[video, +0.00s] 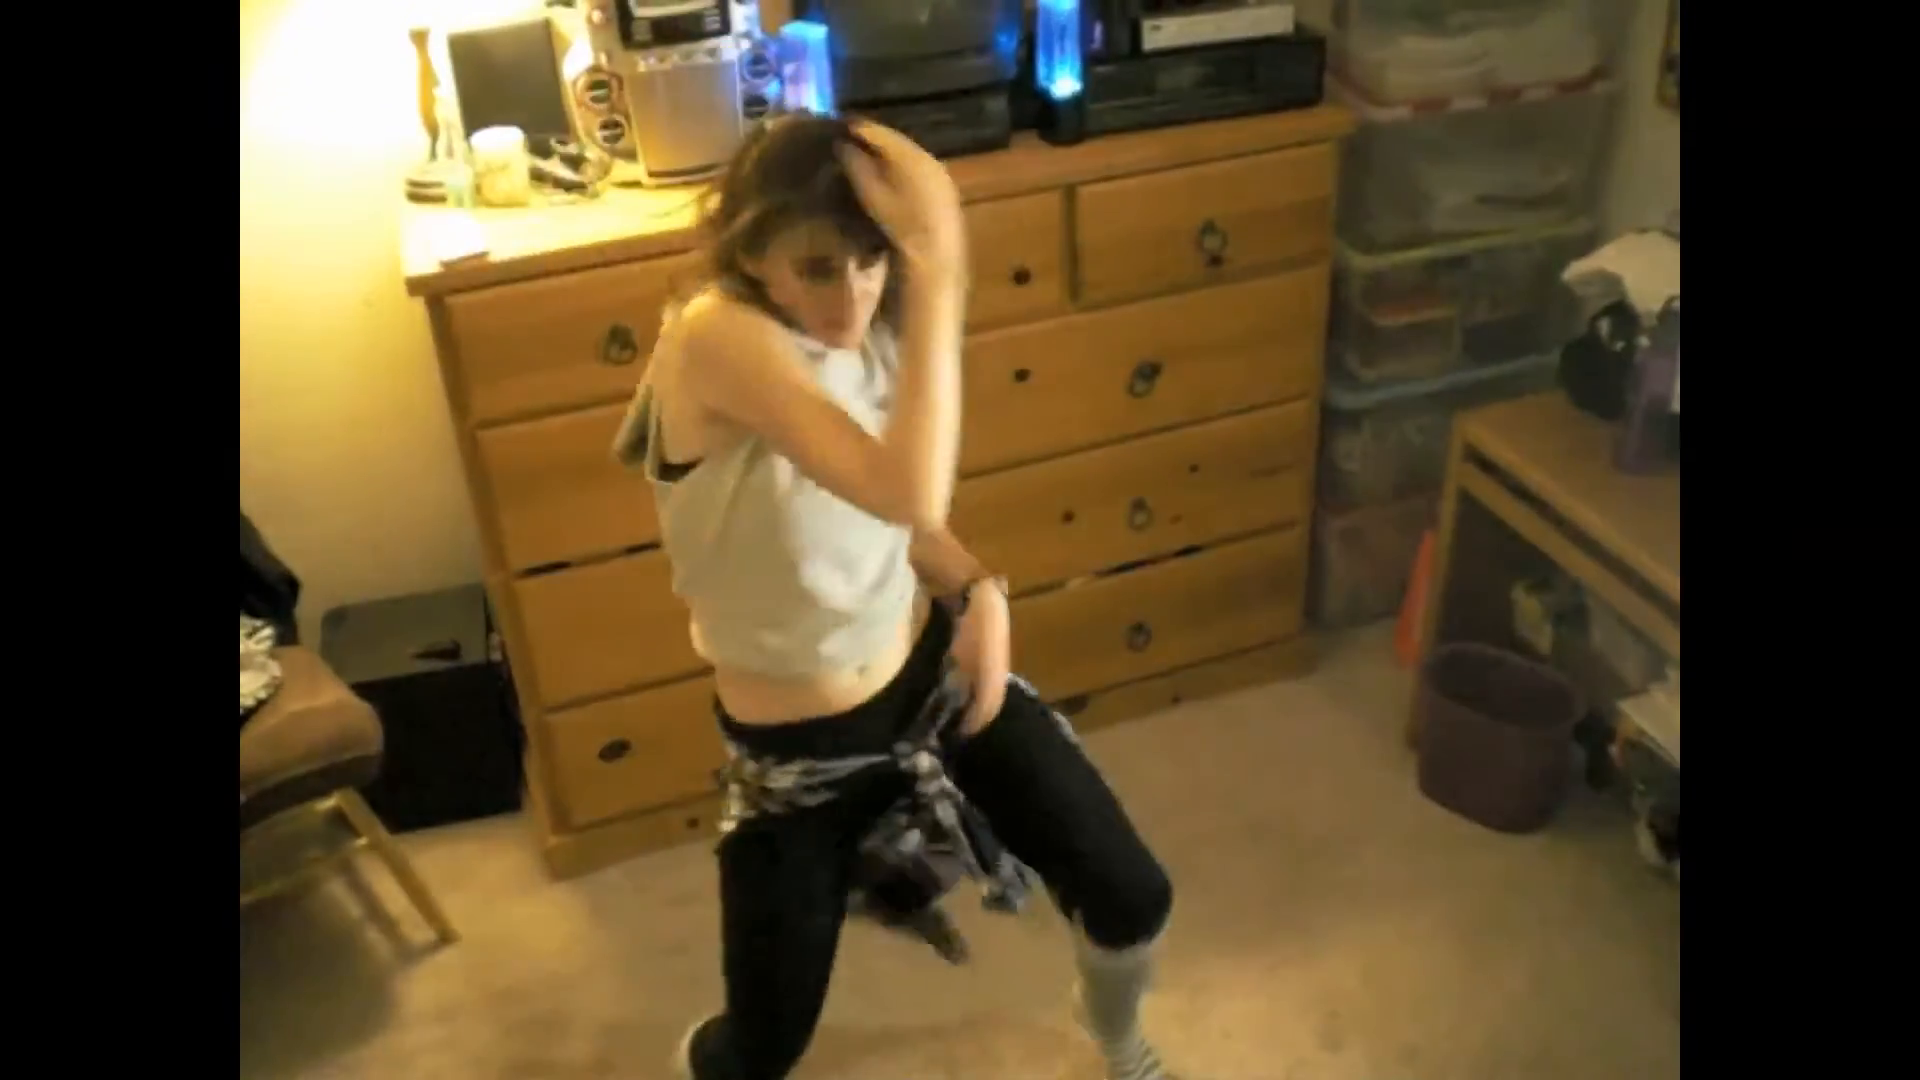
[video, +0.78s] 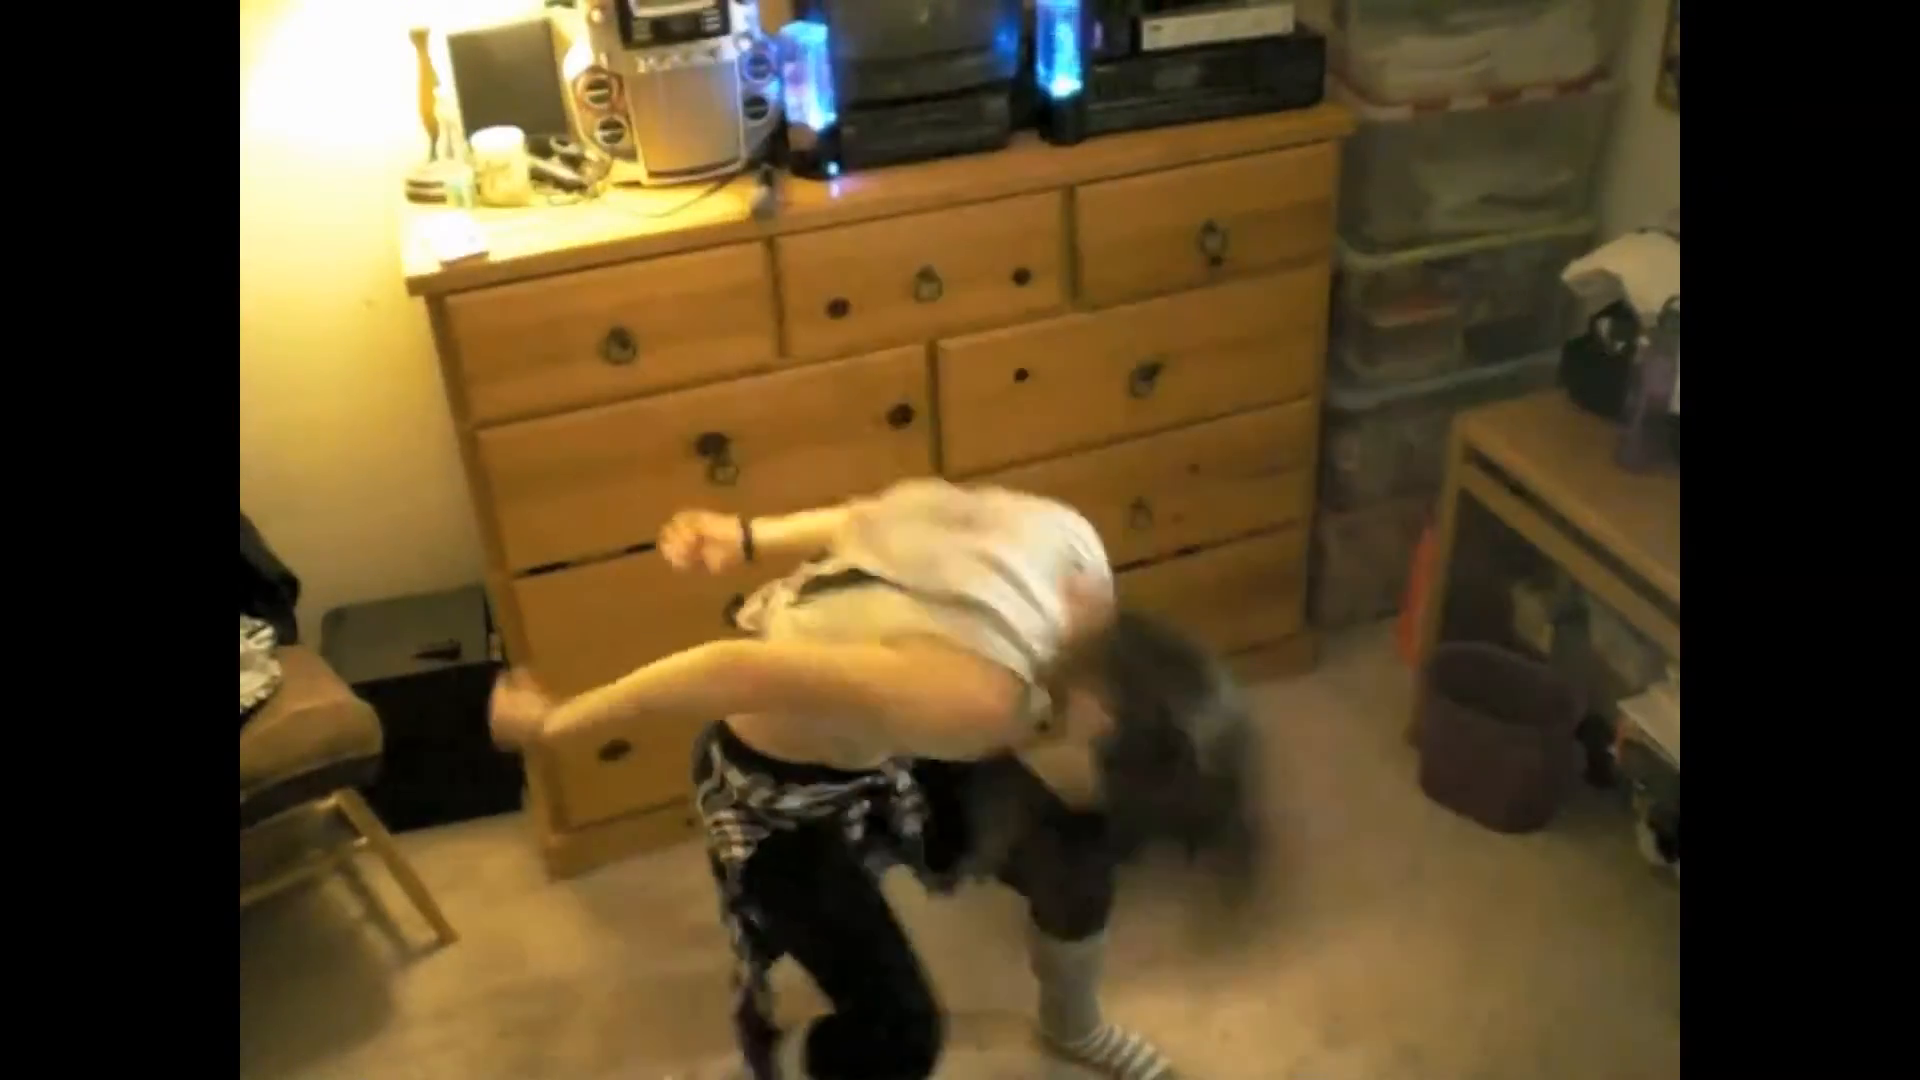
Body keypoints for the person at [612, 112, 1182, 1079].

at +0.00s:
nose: (850, 300)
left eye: (871, 262)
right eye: (816, 272)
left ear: (890, 251)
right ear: (749, 257)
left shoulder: (875, 331)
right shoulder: (715, 337)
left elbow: (889, 510)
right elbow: (908, 490)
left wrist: (980, 591)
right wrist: (938, 264)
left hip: (937, 686)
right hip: (797, 761)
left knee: (1133, 899)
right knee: (763, 1045)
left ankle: (1115, 1039)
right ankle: (703, 1066)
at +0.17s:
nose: (906, 276)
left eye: (919, 241)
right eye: (867, 256)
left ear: (932, 216)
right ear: (795, 250)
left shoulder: (862, 326)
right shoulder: (800, 362)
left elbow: (918, 496)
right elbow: (940, 570)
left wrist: (1023, 465)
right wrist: (1065, 398)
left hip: (924, 703)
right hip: (798, 761)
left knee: (1109, 847)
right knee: (768, 1013)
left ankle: (1086, 1025)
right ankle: (688, 1059)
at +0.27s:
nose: (939, 273)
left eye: (949, 238)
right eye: (901, 254)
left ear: (961, 217)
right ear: (821, 248)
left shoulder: (888, 327)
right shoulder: (852, 356)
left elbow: (983, 450)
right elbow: (986, 572)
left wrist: (1142, 486)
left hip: (918, 711)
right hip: (821, 759)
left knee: (1086, 859)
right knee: (774, 992)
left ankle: (1079, 1022)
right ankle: (668, 1062)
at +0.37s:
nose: (1007, 263)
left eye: (1012, 229)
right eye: (965, 246)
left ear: (1024, 219)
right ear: (897, 256)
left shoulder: (938, 326)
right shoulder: (948, 371)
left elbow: (1026, 410)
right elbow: (1013, 605)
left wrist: (1129, 479)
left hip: (933, 716)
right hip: (844, 752)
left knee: (1060, 861)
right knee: (782, 993)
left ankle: (1071, 1023)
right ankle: (650, 1059)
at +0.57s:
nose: (1230, 640)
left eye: (1258, 612)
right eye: (1248, 599)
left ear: (1191, 502)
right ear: (1205, 533)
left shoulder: (1053, 469)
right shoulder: (1062, 603)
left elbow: (897, 456)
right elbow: (830, 673)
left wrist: (768, 404)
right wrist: (631, 762)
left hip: (915, 704)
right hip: (813, 770)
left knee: (1080, 874)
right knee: (939, 1013)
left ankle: (1073, 1031)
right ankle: (823, 1055)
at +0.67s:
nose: (1136, 810)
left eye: (1155, 806)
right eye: (1156, 799)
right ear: (1163, 737)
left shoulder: (1089, 567)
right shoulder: (1031, 712)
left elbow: (890, 504)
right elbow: (801, 673)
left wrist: (730, 476)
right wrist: (581, 686)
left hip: (913, 728)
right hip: (803, 784)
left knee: (1085, 860)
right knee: (937, 1022)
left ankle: (1071, 1027)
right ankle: (814, 1057)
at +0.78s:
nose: (1080, 800)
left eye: (1101, 799)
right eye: (1099, 791)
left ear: (1108, 703)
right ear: (1091, 718)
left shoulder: (1079, 561)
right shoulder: (974, 703)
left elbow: (911, 515)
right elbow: (739, 672)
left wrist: (751, 541)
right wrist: (563, 725)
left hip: (898, 748)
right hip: (779, 794)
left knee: (1075, 854)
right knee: (897, 1030)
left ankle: (1073, 1023)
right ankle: (797, 1054)